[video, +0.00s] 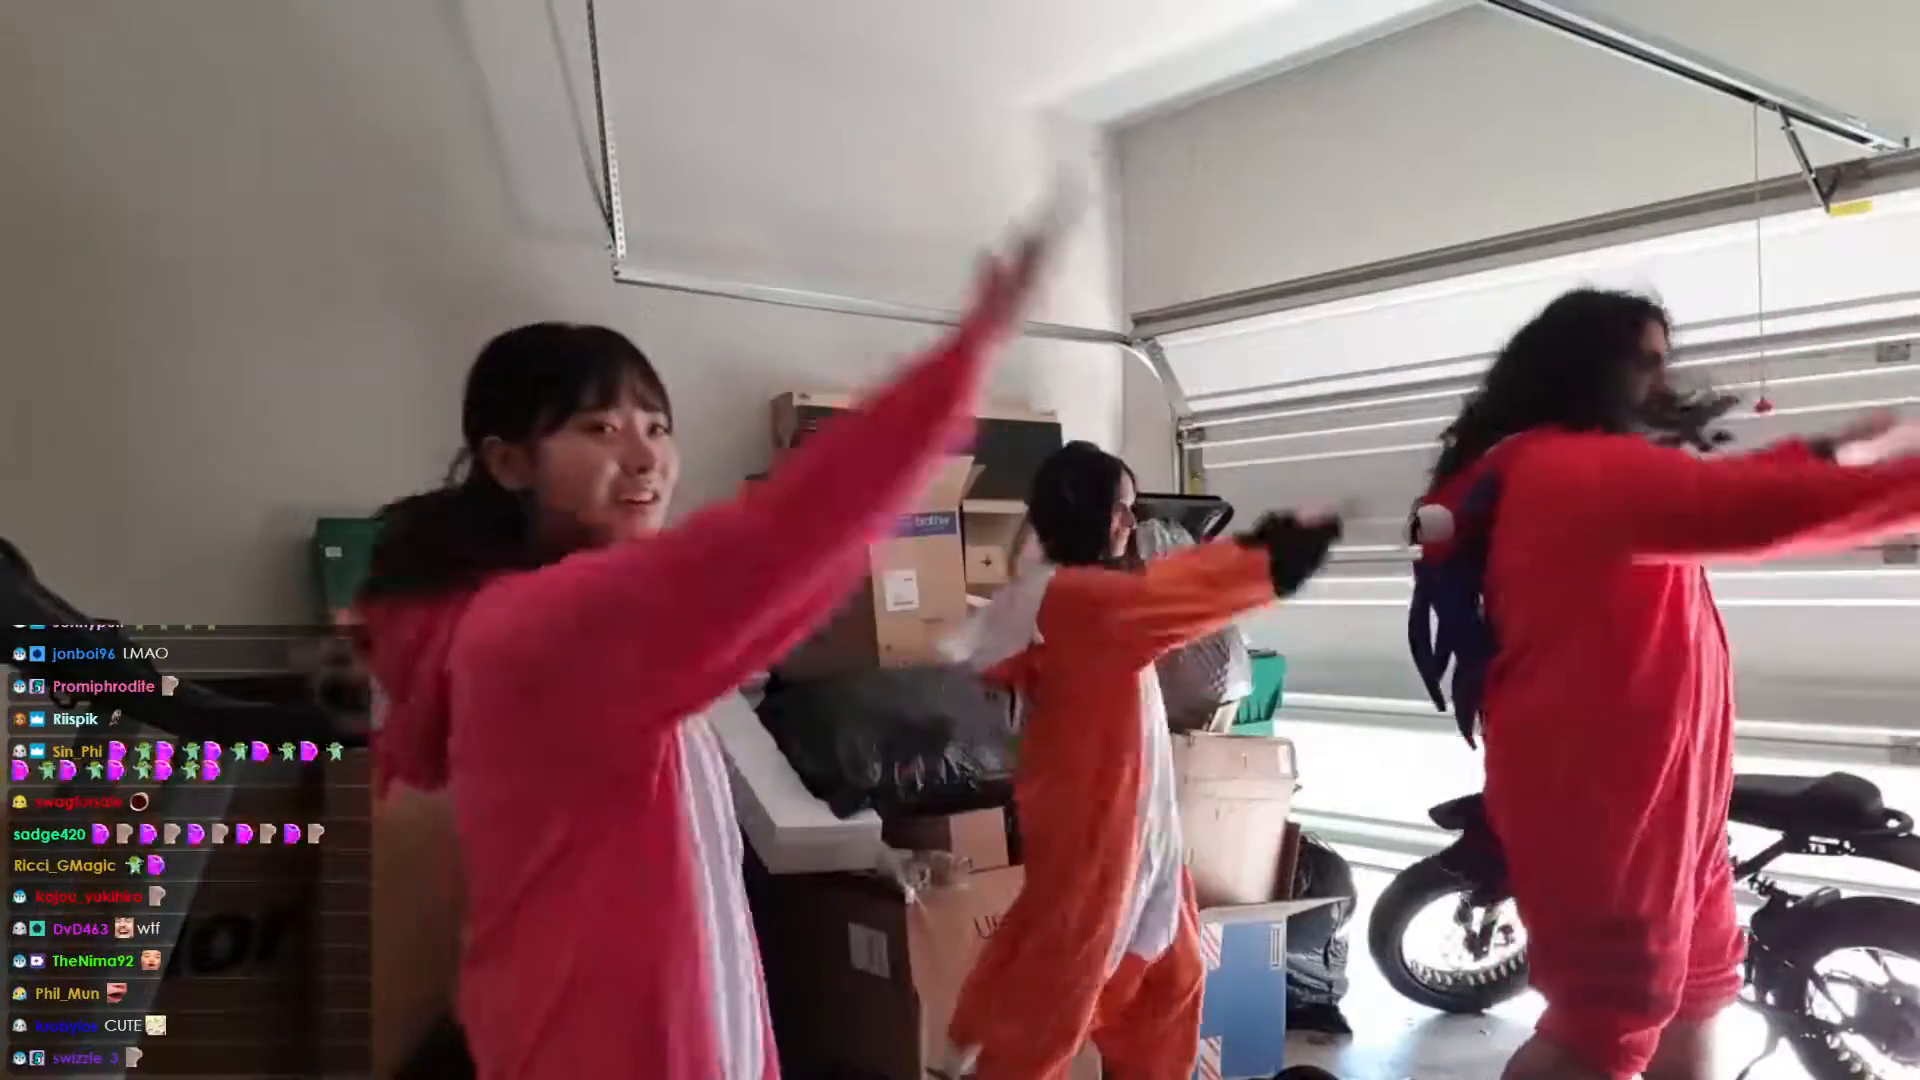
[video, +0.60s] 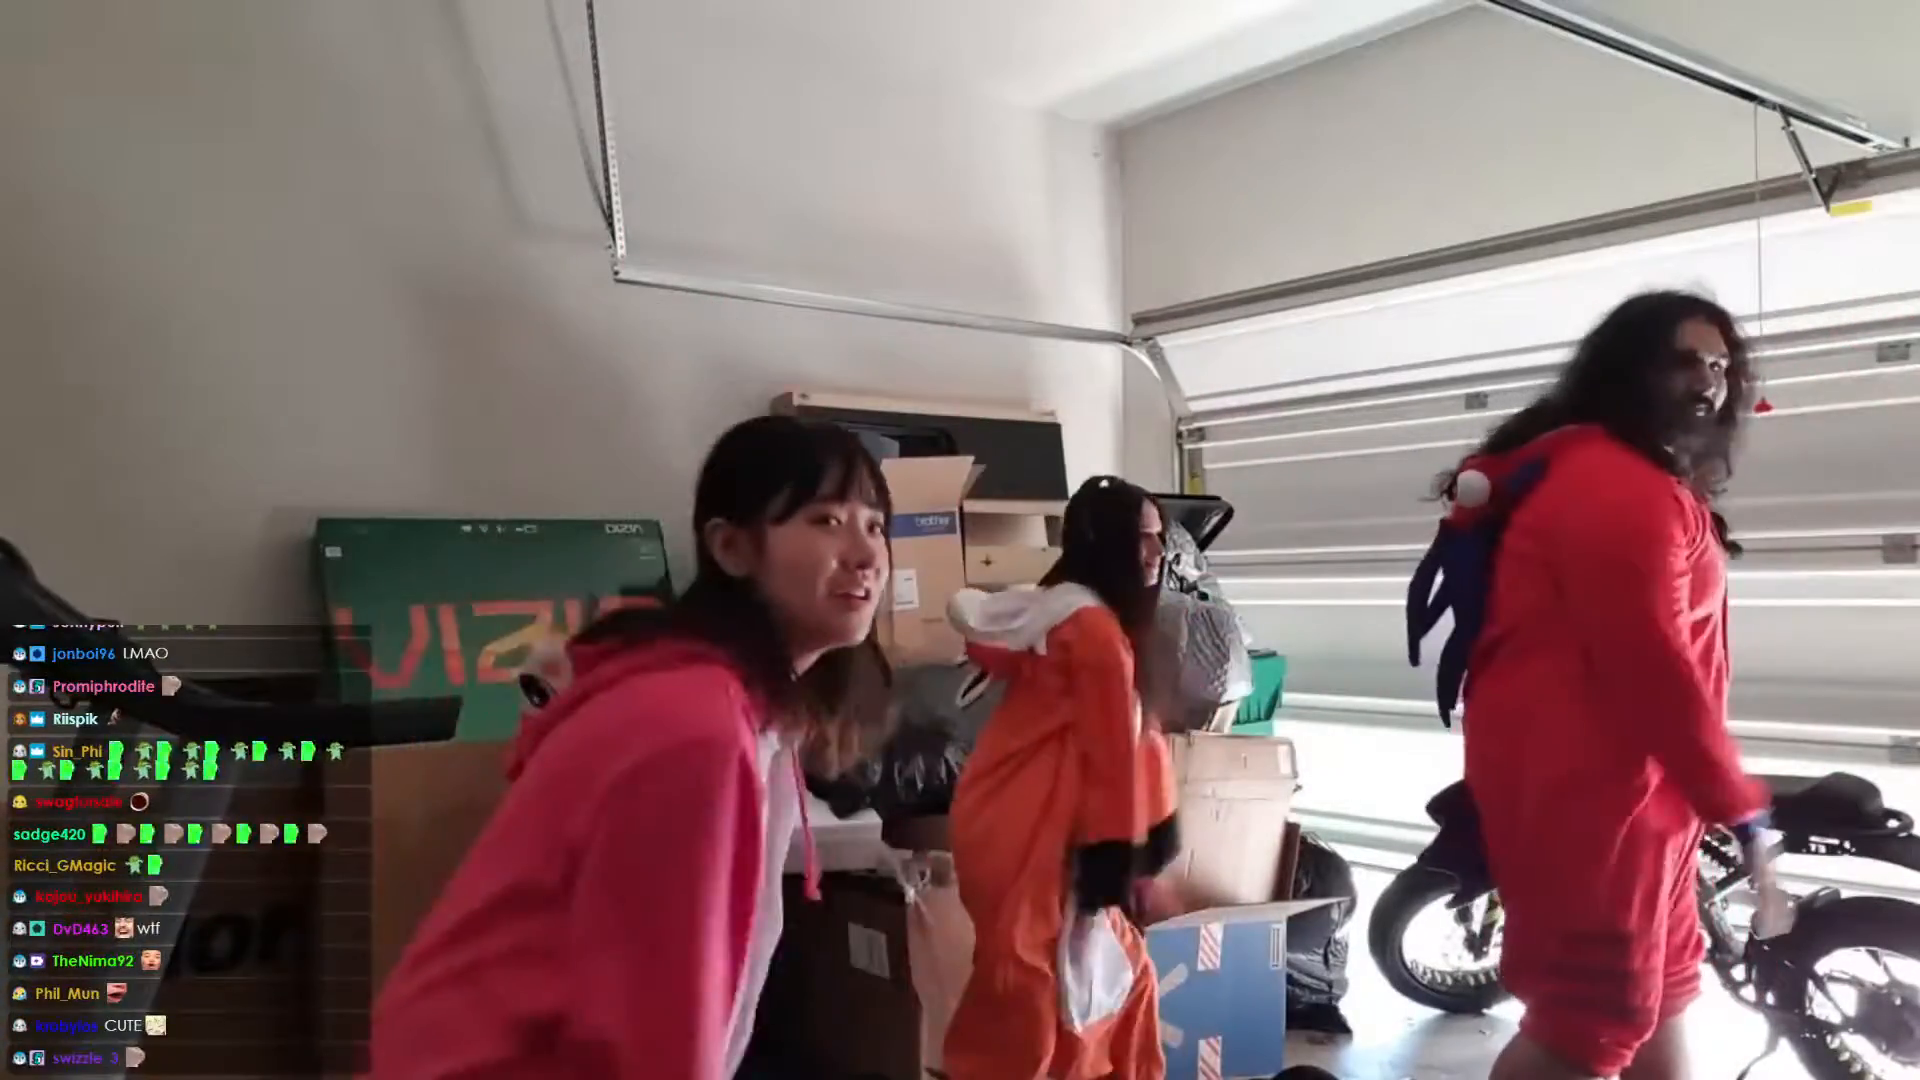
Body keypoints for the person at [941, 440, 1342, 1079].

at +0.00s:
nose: (1131, 523)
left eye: (1131, 509)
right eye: (1127, 509)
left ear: (1051, 516)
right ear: (1108, 520)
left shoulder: (1066, 595)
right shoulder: (1079, 597)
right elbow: (1173, 592)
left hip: (1134, 811)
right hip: (1091, 815)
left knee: (1170, 973)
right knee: (1062, 968)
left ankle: (1155, 1068)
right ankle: (1007, 1066)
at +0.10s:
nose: (1139, 544)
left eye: (1140, 530)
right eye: (1126, 530)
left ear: (1068, 535)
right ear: (1090, 535)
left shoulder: (1089, 616)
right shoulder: (1083, 617)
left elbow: (1009, 699)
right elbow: (1175, 564)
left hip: (1157, 815)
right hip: (1109, 821)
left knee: (1208, 974)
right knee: (1093, 978)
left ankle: (1171, 1072)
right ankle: (1024, 1064)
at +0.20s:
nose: (1147, 540)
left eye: (1143, 527)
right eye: (1136, 528)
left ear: (1068, 542)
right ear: (1109, 542)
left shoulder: (1062, 621)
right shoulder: (1082, 631)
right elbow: (1166, 565)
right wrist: (1196, 452)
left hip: (1158, 823)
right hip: (1114, 837)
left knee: (1223, 979)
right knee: (1106, 1015)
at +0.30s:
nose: (1142, 537)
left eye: (1144, 524)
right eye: (1131, 525)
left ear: (1077, 530)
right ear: (1096, 530)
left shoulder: (1089, 598)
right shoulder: (1068, 608)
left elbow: (1161, 549)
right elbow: (1178, 599)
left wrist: (1231, 507)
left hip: (1133, 801)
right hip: (1083, 812)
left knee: (1200, 961)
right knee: (1089, 980)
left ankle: (1186, 1072)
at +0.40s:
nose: (1144, 524)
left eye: (1145, 509)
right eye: (1136, 508)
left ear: (1070, 512)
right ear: (1111, 514)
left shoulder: (1085, 586)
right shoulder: (1065, 591)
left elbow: (1158, 608)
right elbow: (1162, 629)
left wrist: (1233, 597)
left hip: (1099, 810)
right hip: (1051, 817)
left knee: (1153, 989)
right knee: (1046, 1001)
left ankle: (1163, 1071)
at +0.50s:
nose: (1150, 538)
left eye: (1153, 525)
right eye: (1138, 523)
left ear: (1076, 529)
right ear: (1100, 526)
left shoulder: (1061, 593)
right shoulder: (1082, 606)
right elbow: (1163, 692)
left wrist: (1202, 768)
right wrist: (1209, 776)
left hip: (1080, 819)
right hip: (1030, 819)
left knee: (1120, 972)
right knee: (1021, 977)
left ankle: (1133, 1066)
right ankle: (991, 1068)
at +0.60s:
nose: (1158, 557)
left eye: (1159, 542)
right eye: (1147, 541)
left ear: (1083, 544)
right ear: (1110, 545)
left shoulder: (1054, 607)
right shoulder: (1096, 631)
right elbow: (1112, 760)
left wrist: (1145, 862)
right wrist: (1116, 877)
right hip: (1029, 833)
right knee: (1030, 985)